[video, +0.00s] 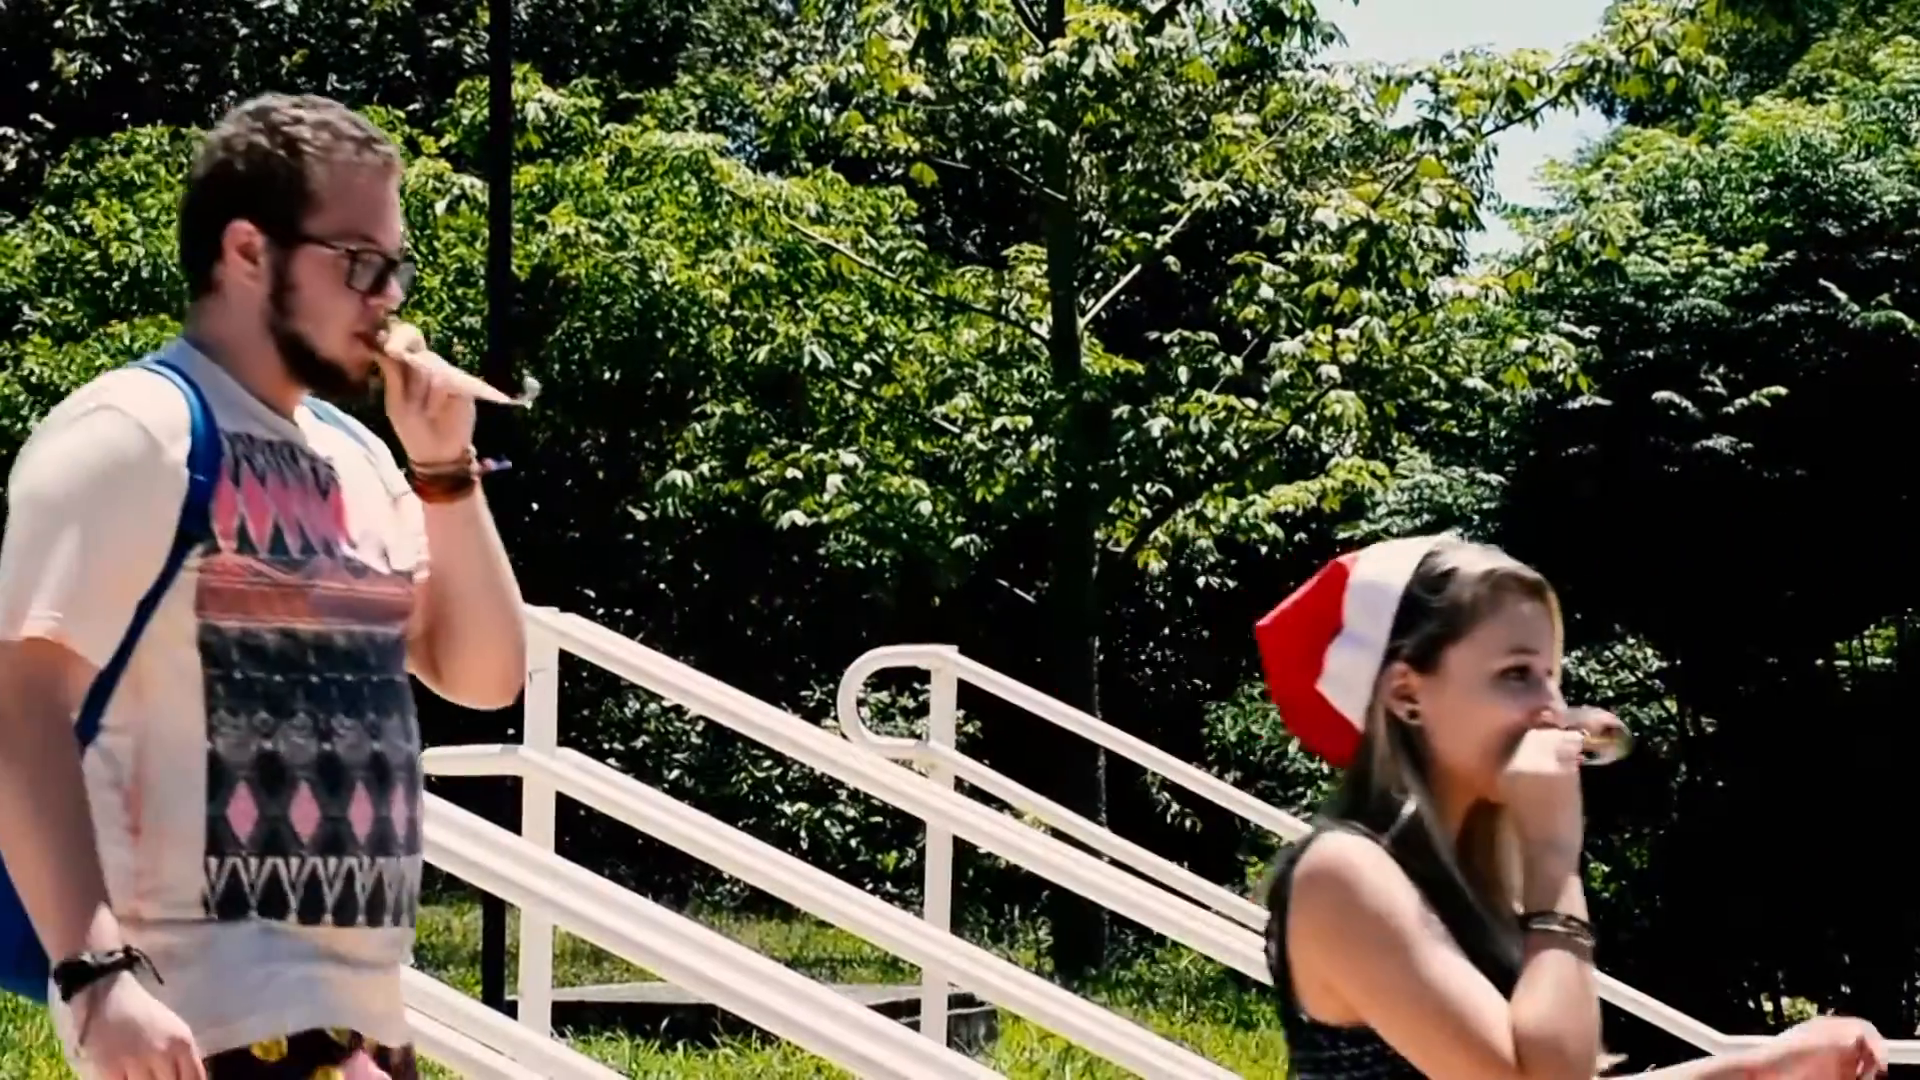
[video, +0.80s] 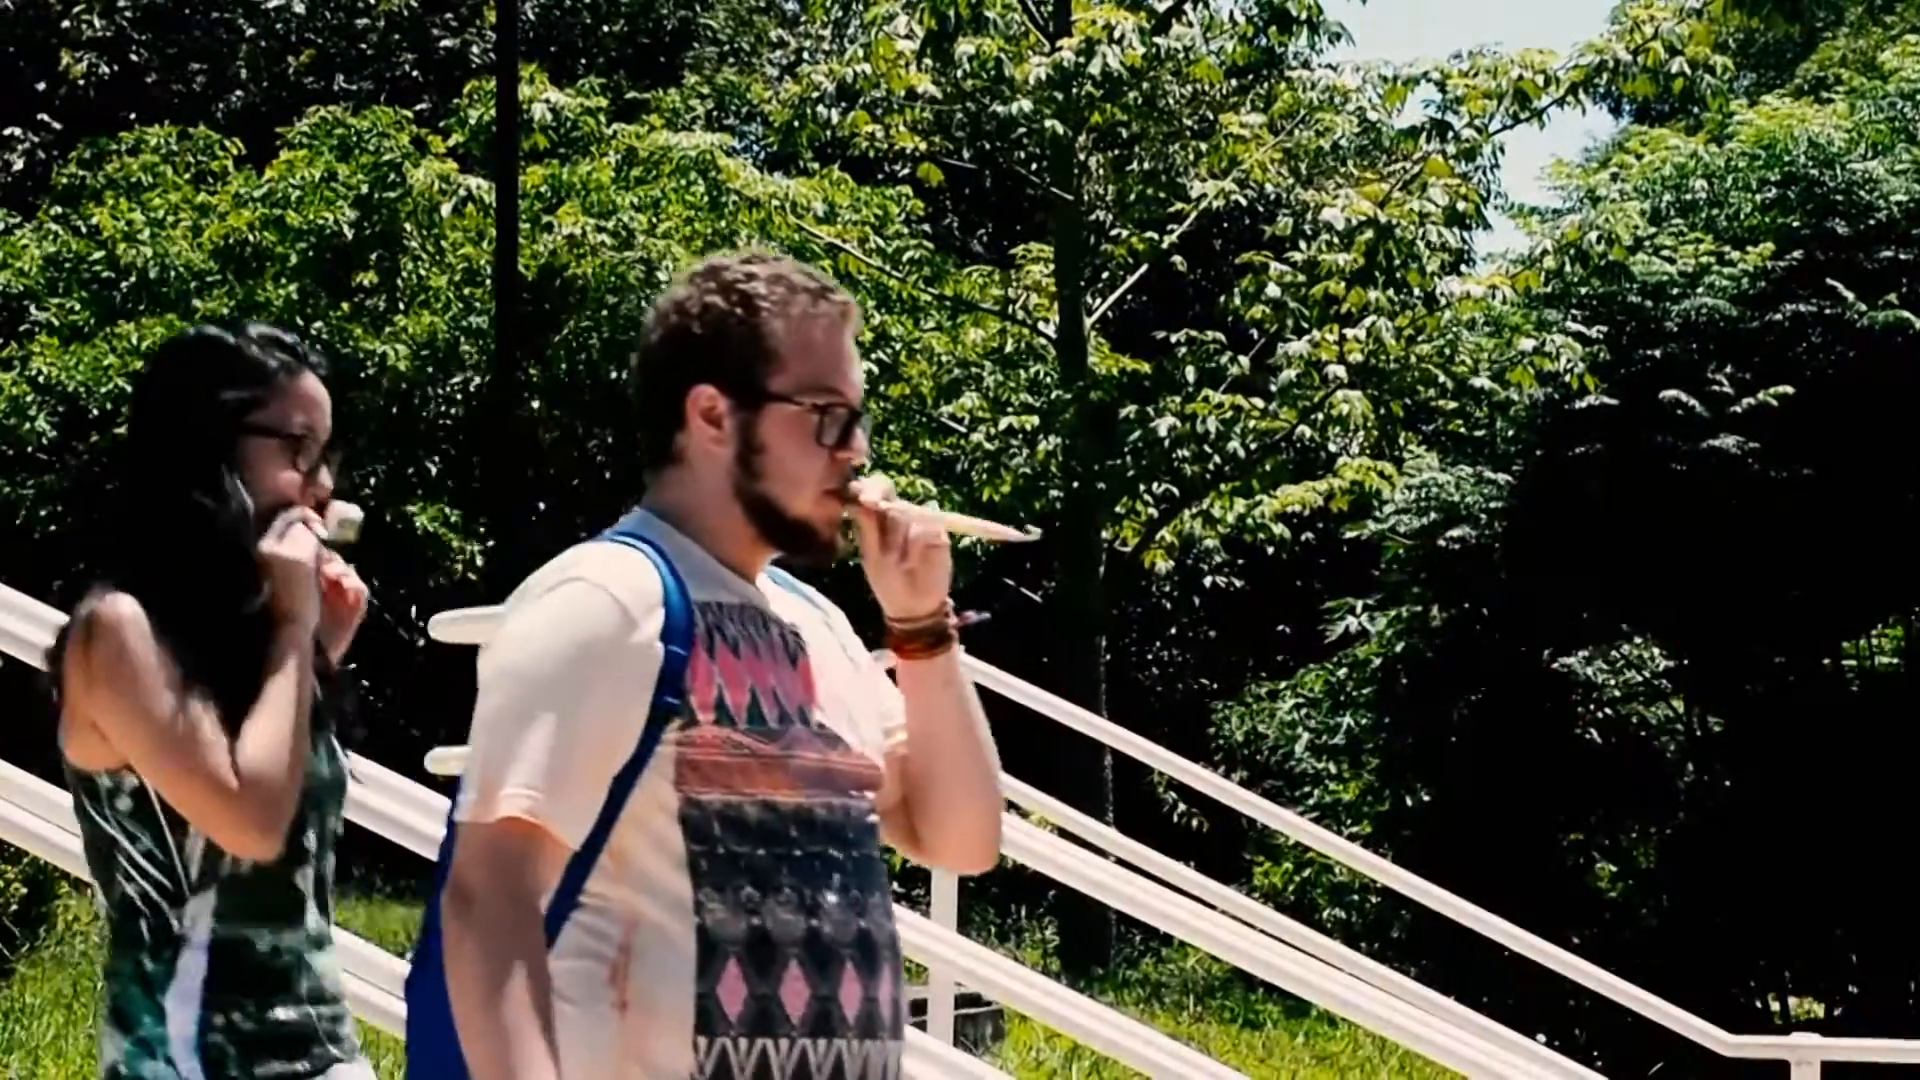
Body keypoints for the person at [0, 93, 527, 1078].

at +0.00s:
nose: (391, 298)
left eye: (395, 267)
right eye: (366, 262)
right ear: (249, 253)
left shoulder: (365, 459)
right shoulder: (125, 437)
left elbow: (483, 679)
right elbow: (25, 706)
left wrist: (447, 468)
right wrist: (94, 975)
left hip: (361, 1002)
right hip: (203, 1013)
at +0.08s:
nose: (447, 343)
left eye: (452, 311)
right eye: (418, 305)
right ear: (303, 294)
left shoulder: (410, 494)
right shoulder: (181, 477)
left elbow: (527, 720)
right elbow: (73, 746)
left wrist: (495, 517)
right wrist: (143, 1017)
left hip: (422, 1038)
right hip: (245, 1043)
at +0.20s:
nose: (515, 409)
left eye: (521, 377)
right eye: (487, 372)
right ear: (374, 366)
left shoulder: (479, 569)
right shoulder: (257, 549)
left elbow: (605, 786)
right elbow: (155, 833)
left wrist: (572, 581)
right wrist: (204, 1064)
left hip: (518, 1049)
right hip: (324, 1053)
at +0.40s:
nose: (630, 412)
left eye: (634, 380)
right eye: (601, 375)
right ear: (485, 371)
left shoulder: (593, 571)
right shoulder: (370, 558)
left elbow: (726, 791)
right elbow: (272, 849)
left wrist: (690, 583)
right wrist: (336, 1066)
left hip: (614, 1052)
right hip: (426, 1054)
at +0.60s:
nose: (737, 408)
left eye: (737, 377)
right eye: (706, 373)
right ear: (589, 371)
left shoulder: (696, 576)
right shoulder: (467, 560)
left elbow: (833, 798)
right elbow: (364, 852)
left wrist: (797, 585)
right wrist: (411, 1066)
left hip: (708, 1054)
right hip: (516, 1053)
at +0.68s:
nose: (782, 422)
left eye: (783, 390)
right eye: (752, 386)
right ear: (636, 385)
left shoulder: (740, 589)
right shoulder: (512, 576)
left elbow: (881, 811)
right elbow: (405, 868)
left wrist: (845, 597)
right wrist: (446, 1070)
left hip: (754, 1059)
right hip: (555, 1058)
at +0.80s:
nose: (858, 452)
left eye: (859, 419)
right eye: (829, 415)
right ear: (713, 416)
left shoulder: (818, 626)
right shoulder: (596, 609)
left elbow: (962, 838)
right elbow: (487, 902)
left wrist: (924, 626)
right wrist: (526, 1072)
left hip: (843, 1061)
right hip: (651, 1061)